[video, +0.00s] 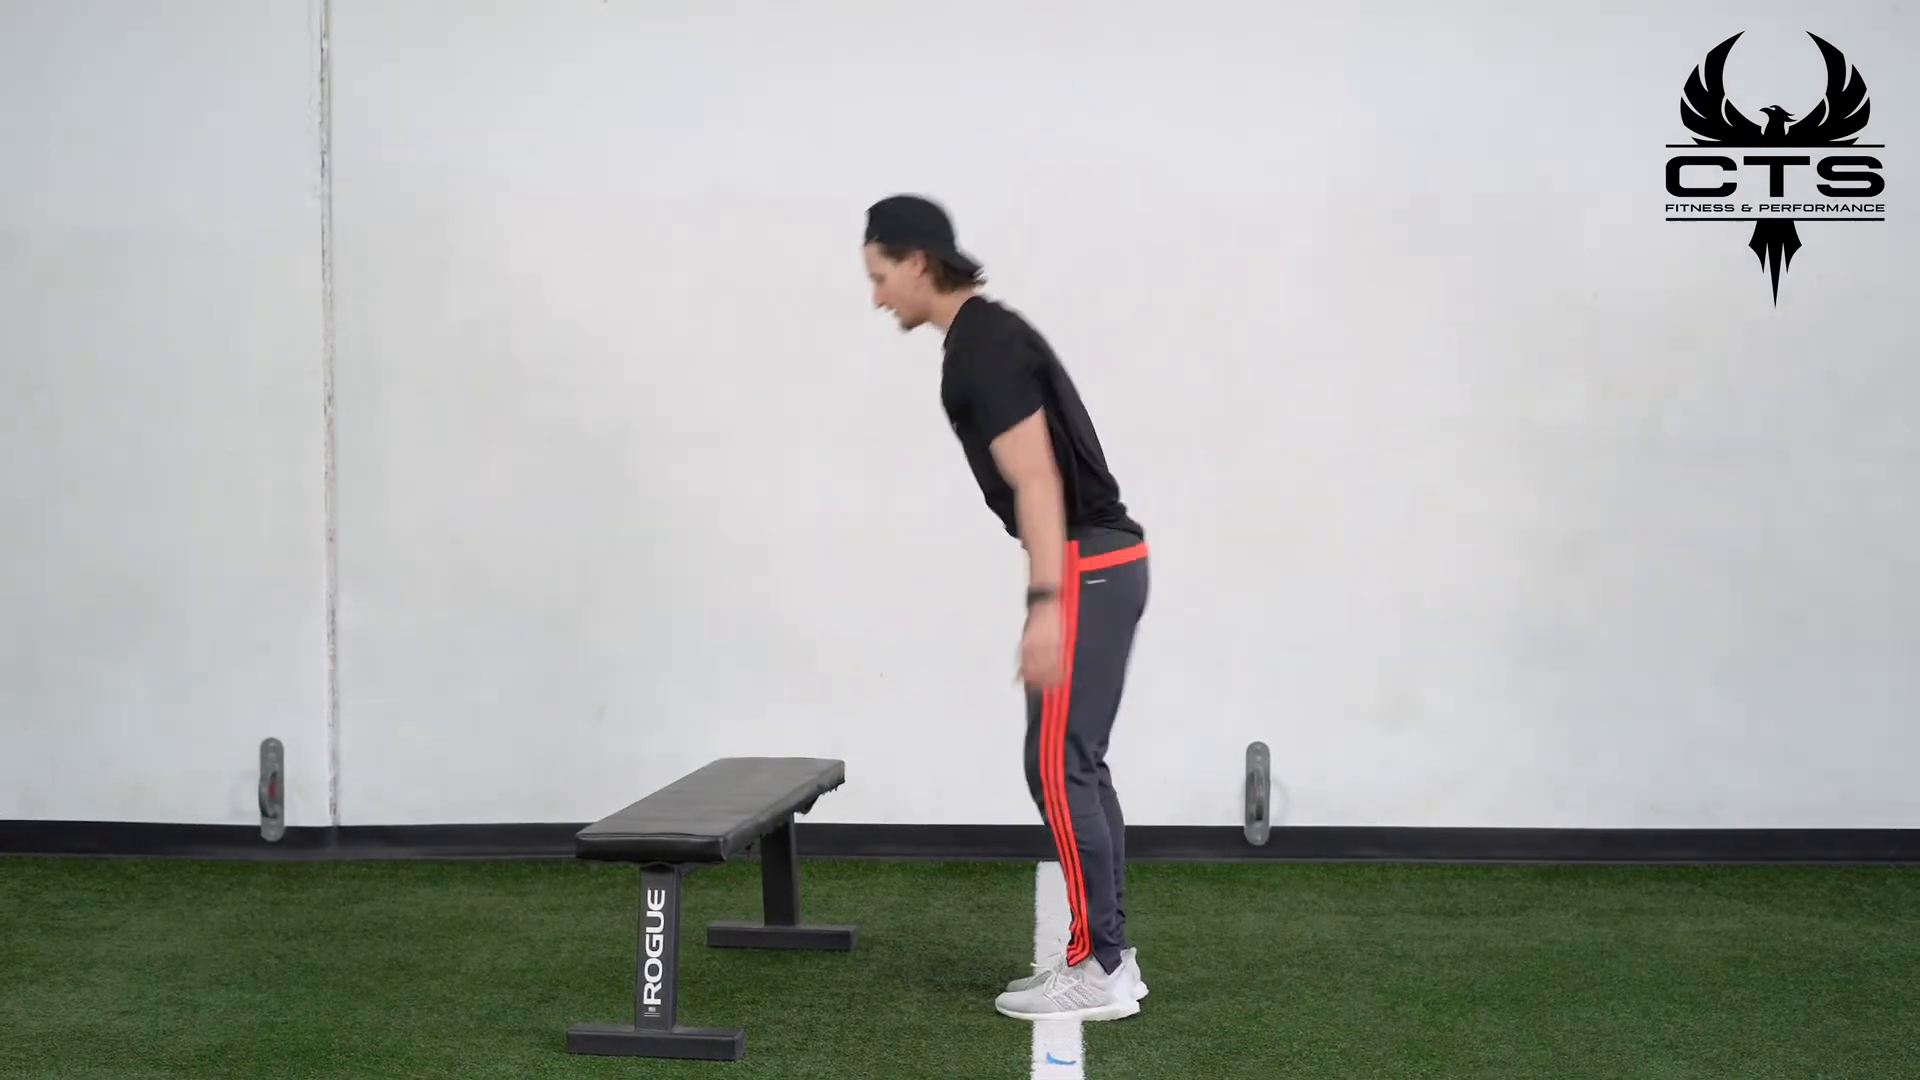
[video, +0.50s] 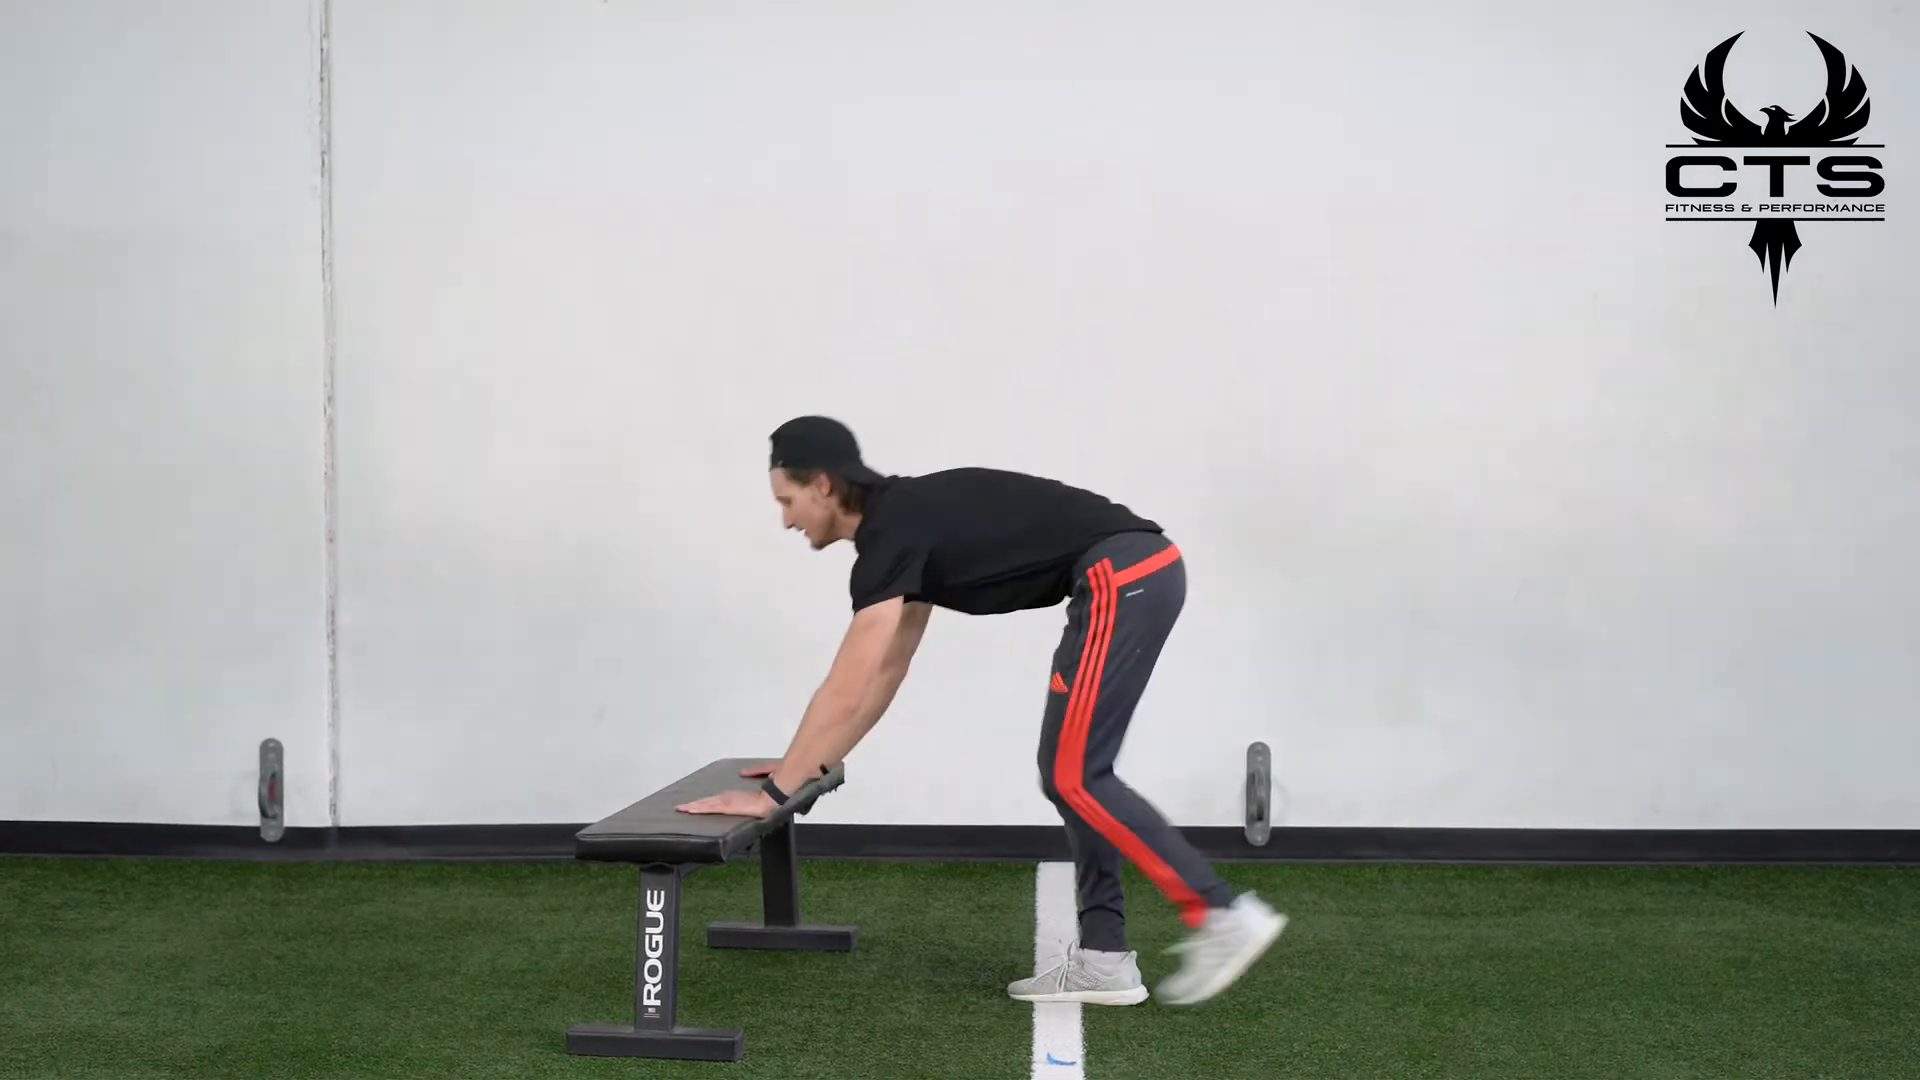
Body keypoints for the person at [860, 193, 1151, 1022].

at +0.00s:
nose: (874, 294)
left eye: (877, 275)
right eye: (871, 278)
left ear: (919, 262)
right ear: (917, 264)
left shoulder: (983, 346)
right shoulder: (978, 339)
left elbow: (1038, 479)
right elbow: (1042, 477)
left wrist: (1043, 603)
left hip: (1088, 568)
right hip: (1086, 565)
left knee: (1058, 765)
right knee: (1073, 762)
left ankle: (1102, 966)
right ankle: (1101, 954)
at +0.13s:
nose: (838, 361)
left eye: (841, 341)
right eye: (834, 344)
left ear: (887, 330)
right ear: (894, 333)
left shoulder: (949, 405)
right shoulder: (967, 391)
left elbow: (969, 558)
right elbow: (1017, 547)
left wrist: (932, 685)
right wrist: (991, 670)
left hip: (1123, 566)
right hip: (1118, 564)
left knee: (1077, 767)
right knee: (1081, 766)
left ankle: (1105, 969)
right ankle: (1102, 958)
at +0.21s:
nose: (825, 414)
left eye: (828, 394)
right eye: (820, 398)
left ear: (871, 381)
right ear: (881, 383)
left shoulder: (937, 450)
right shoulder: (958, 438)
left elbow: (920, 608)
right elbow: (974, 601)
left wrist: (851, 714)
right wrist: (909, 706)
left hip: (1135, 572)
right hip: (1142, 568)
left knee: (1070, 768)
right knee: (1094, 771)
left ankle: (1104, 970)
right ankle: (1107, 960)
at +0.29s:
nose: (818, 458)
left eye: (821, 440)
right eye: (813, 443)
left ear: (861, 425)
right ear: (873, 424)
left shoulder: (927, 483)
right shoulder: (952, 476)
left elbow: (875, 643)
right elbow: (925, 635)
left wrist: (794, 738)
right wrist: (846, 726)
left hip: (1139, 574)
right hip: (1148, 569)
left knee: (1064, 768)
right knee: (1089, 770)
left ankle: (1103, 968)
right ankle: (1103, 960)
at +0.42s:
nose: (803, 502)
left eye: (805, 482)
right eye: (798, 484)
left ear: (842, 467)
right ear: (850, 467)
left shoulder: (910, 517)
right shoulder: (930, 511)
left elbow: (849, 670)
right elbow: (883, 669)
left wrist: (770, 775)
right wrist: (803, 761)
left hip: (1137, 570)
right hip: (1145, 566)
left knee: (1051, 760)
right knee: (1082, 764)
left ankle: (1136, 945)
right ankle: (1114, 946)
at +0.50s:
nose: (784, 519)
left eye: (787, 501)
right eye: (780, 503)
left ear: (827, 484)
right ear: (828, 484)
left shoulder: (890, 531)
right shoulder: (911, 523)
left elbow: (851, 683)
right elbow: (886, 675)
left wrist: (779, 786)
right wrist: (813, 768)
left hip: (1122, 573)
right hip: (1123, 570)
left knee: (1072, 773)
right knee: (1076, 774)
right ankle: (1104, 959)